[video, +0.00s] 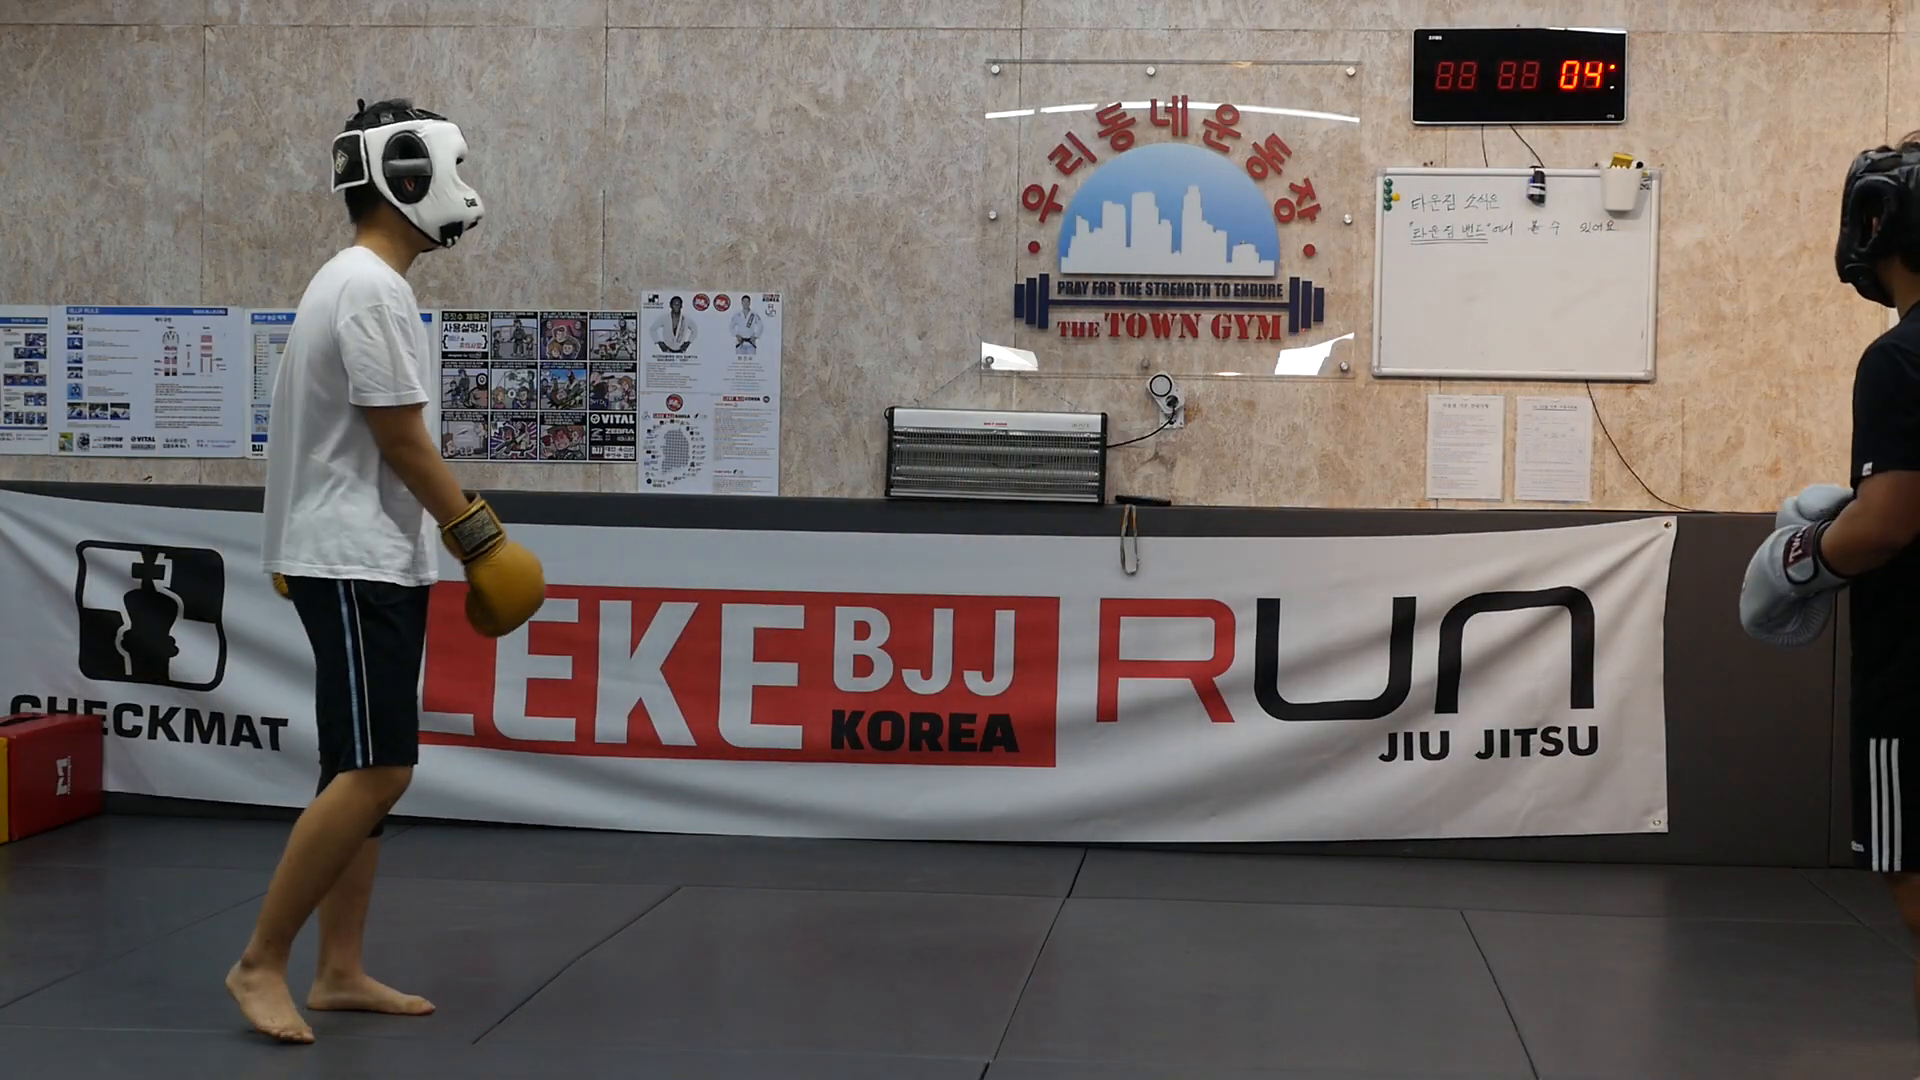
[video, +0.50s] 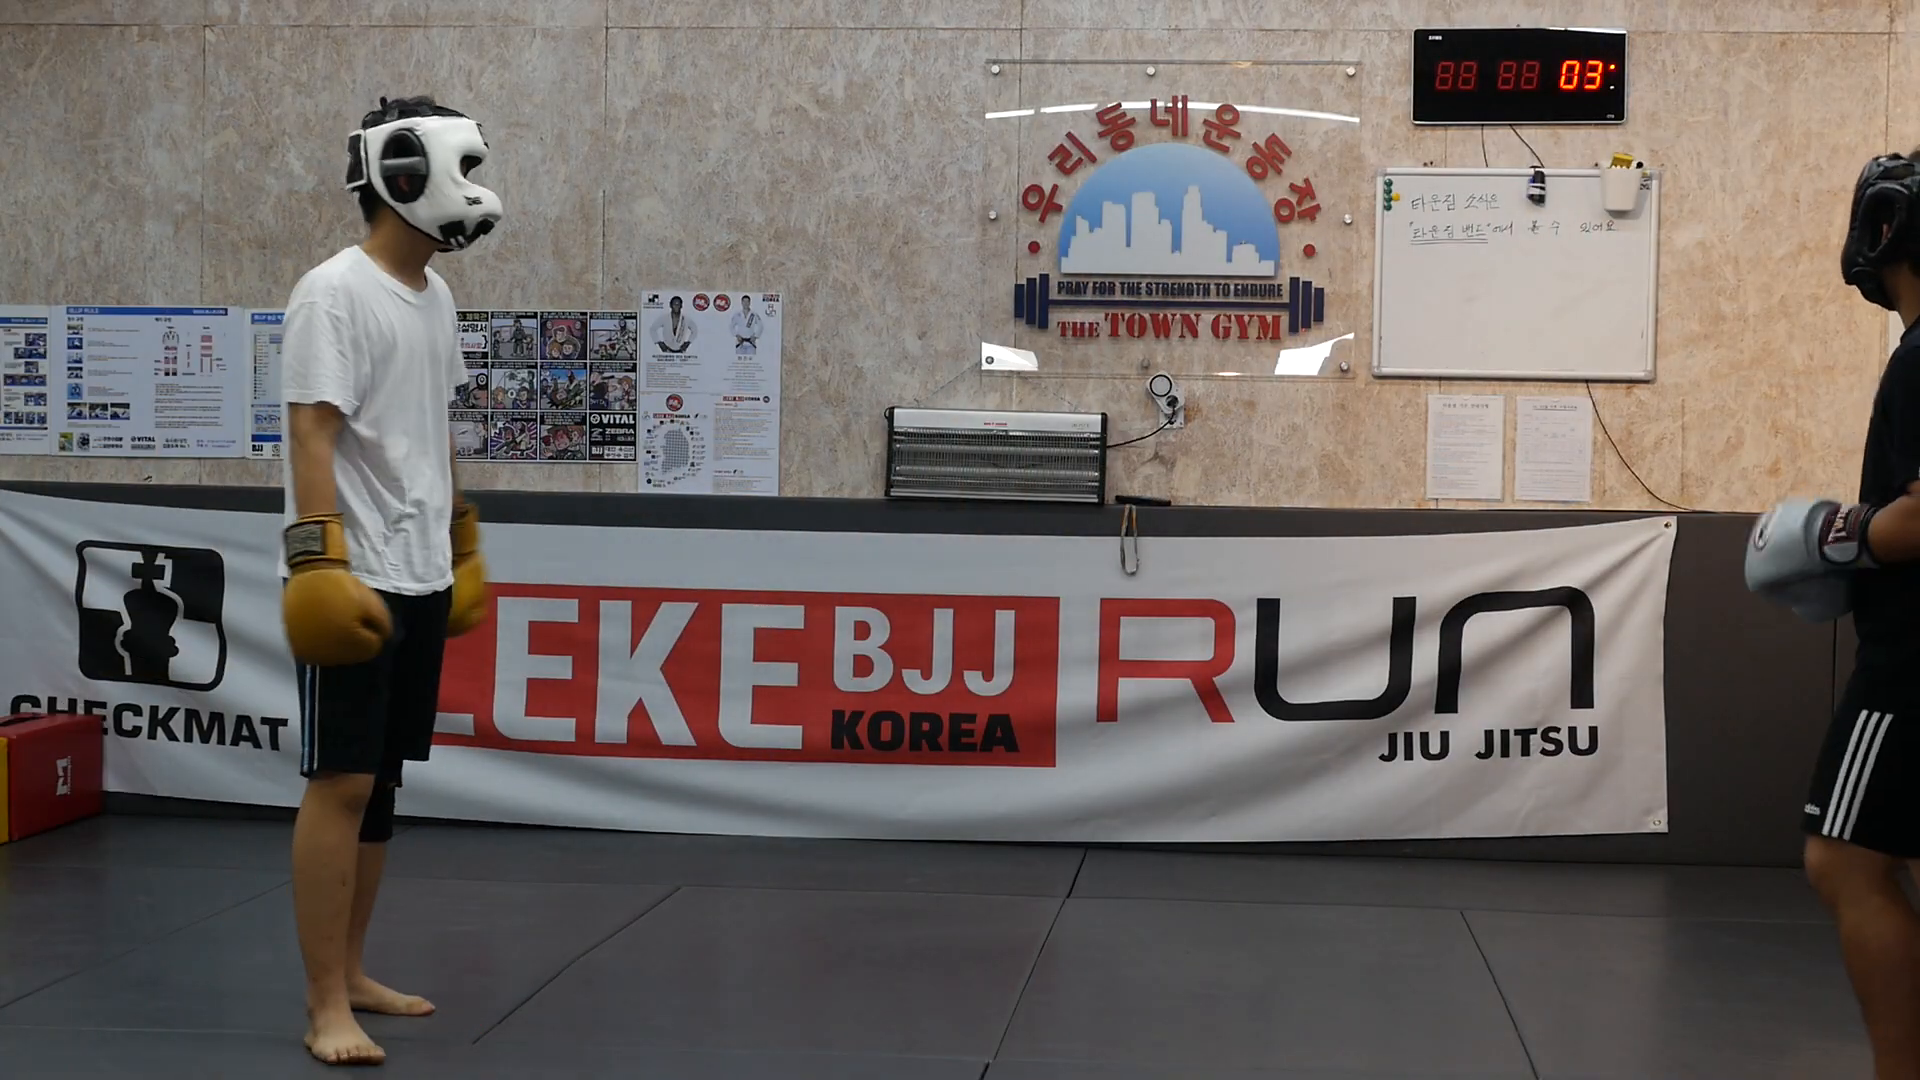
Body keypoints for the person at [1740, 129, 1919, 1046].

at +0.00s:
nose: (1861, 264)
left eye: (1863, 244)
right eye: (1863, 246)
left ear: (1883, 243)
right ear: (1912, 242)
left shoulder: (1898, 358)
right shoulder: (1904, 355)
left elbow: (1890, 515)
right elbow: (1903, 494)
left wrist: (1815, 554)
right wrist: (1848, 511)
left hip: (1908, 674)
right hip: (1909, 667)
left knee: (1910, 882)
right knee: (1905, 876)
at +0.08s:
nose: (1861, 254)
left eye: (1864, 235)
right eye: (1865, 237)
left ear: (1882, 238)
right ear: (1910, 237)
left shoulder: (1901, 360)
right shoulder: (1904, 358)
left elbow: (1892, 513)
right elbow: (1897, 499)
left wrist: (1817, 555)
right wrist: (1839, 524)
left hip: (1906, 673)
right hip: (1904, 667)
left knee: (1908, 881)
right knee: (1904, 875)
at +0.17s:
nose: (1865, 251)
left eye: (1868, 234)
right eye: (1871, 235)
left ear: (1885, 234)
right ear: (1913, 235)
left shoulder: (1903, 357)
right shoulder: (1905, 356)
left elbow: (1895, 509)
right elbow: (1899, 501)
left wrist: (1821, 553)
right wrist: (1841, 528)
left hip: (1903, 677)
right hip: (1899, 672)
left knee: (1908, 897)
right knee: (1901, 889)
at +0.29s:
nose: (1869, 255)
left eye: (1873, 236)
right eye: (1875, 238)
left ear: (1891, 234)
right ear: (1918, 236)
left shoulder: (1908, 356)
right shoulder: (1909, 355)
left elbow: (1902, 509)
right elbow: (1903, 503)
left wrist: (1829, 556)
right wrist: (1842, 529)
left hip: (1909, 662)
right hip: (1903, 656)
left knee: (1873, 879)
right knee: (1878, 877)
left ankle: (1912, 1058)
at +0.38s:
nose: (1865, 261)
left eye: (1870, 242)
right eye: (1872, 244)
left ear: (1888, 241)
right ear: (1913, 243)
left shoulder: (1912, 364)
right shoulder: (1908, 362)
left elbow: (1906, 518)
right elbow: (1906, 505)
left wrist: (1829, 561)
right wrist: (1849, 525)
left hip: (1909, 666)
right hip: (1901, 659)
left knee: (1843, 869)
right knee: (1857, 866)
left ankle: (1906, 1062)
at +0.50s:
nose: (1863, 264)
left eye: (1867, 245)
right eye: (1868, 247)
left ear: (1886, 240)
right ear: (1909, 242)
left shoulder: (1919, 356)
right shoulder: (1911, 351)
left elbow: (1913, 509)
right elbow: (1907, 501)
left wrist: (1847, 535)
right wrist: (1852, 544)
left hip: (1907, 657)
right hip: (1900, 649)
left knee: (1843, 859)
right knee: (1875, 856)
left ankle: (1899, 1063)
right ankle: (1899, 1059)